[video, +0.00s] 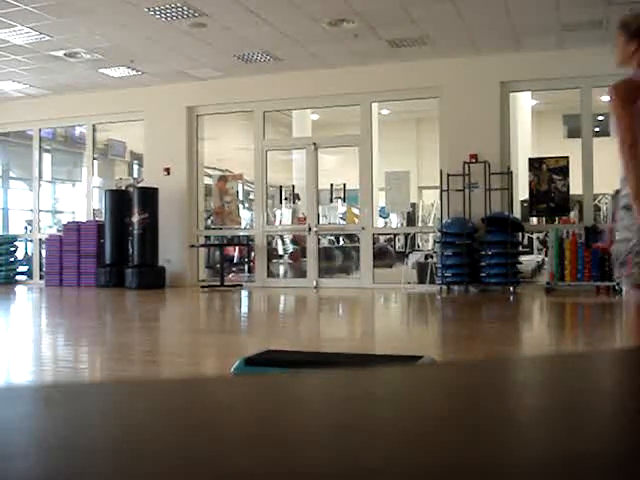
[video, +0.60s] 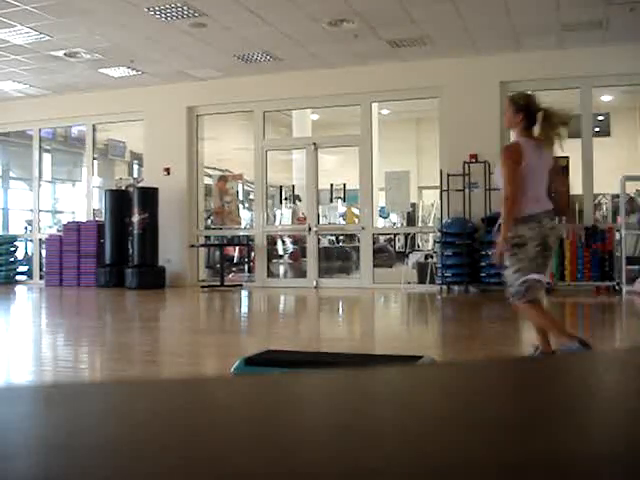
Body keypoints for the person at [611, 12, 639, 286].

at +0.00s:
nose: (616, 49)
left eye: (619, 41)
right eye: (618, 41)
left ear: (633, 44)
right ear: (634, 45)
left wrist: (634, 203)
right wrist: (631, 202)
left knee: (633, 284)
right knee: (632, 283)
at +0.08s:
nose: (594, 77)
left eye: (599, 70)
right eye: (596, 70)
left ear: (613, 74)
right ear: (626, 75)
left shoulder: (607, 118)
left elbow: (611, 173)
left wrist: (620, 227)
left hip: (624, 210)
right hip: (628, 209)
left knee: (612, 301)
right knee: (615, 301)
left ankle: (615, 371)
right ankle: (618, 369)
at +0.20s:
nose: (567, 92)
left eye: (571, 87)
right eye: (569, 87)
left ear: (584, 93)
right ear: (598, 93)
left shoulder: (574, 135)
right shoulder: (621, 133)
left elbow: (573, 187)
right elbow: (635, 178)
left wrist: (568, 238)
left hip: (591, 217)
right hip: (627, 216)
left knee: (585, 298)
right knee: (621, 298)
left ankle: (608, 363)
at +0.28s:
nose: (554, 86)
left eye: (558, 81)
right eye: (556, 80)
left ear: (570, 86)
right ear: (586, 87)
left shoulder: (561, 127)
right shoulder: (606, 125)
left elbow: (559, 176)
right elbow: (629, 168)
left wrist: (544, 218)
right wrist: (636, 199)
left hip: (578, 210)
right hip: (609, 206)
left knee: (580, 292)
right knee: (604, 284)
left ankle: (606, 354)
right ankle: (629, 335)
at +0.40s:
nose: (530, 85)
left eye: (534, 80)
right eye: (533, 80)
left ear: (545, 85)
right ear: (557, 86)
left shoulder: (535, 121)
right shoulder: (578, 120)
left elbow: (531, 167)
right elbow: (607, 156)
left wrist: (506, 201)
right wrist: (626, 191)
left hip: (548, 200)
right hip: (577, 196)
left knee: (560, 277)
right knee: (561, 274)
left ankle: (600, 345)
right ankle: (568, 341)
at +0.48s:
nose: (525, 89)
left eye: (529, 84)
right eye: (528, 84)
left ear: (540, 89)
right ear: (553, 90)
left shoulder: (528, 126)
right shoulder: (572, 121)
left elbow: (523, 172)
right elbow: (599, 157)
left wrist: (502, 203)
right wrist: (621, 193)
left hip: (540, 202)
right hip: (569, 200)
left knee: (556, 277)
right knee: (557, 275)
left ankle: (587, 343)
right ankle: (555, 341)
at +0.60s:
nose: (504, 117)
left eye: (508, 112)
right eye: (506, 111)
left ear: (519, 116)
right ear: (531, 117)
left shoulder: (512, 151)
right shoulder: (544, 147)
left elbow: (510, 195)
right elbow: (557, 186)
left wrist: (502, 236)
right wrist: (563, 219)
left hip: (523, 225)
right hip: (547, 221)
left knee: (519, 295)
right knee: (534, 289)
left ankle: (567, 340)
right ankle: (544, 346)